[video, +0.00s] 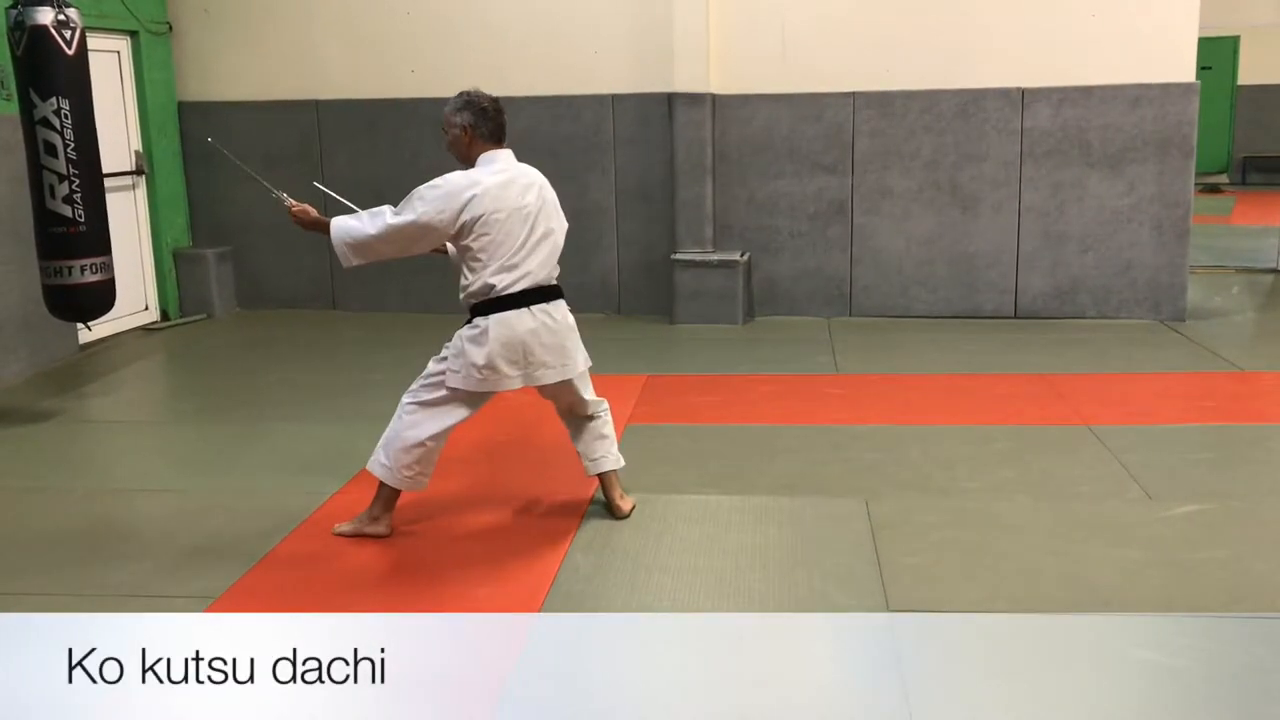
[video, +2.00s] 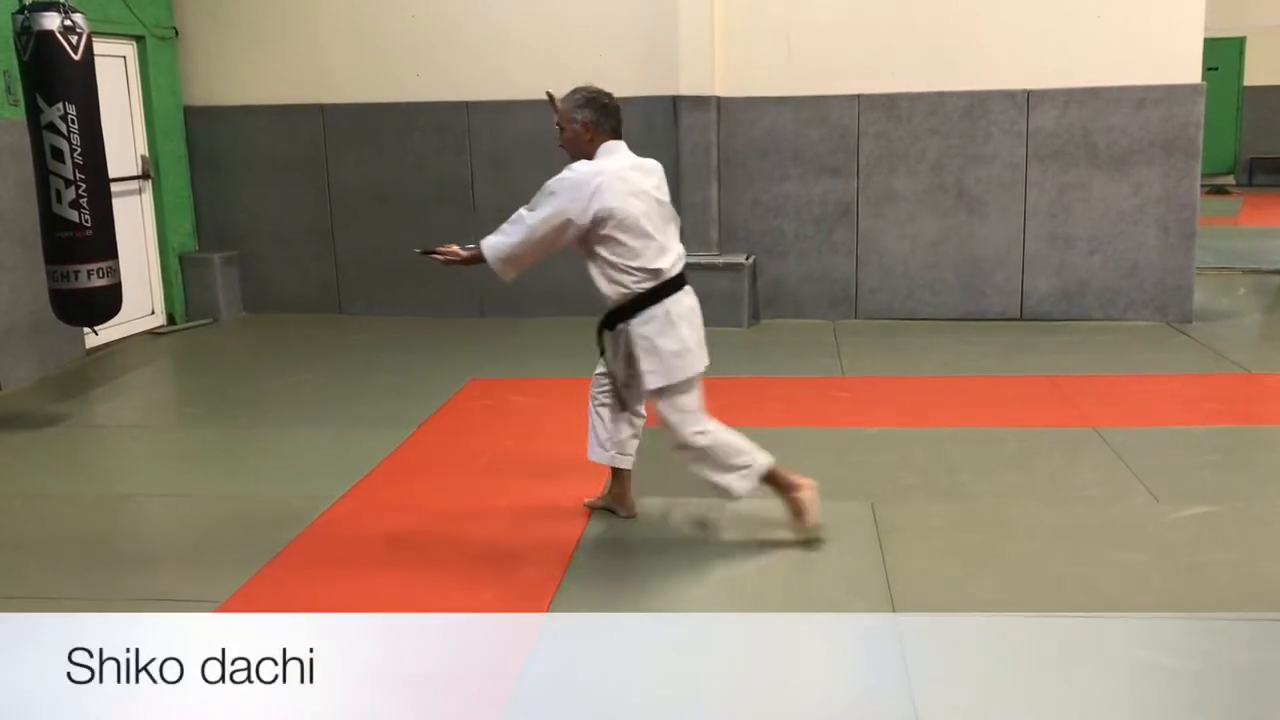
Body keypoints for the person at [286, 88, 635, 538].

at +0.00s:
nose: (446, 143)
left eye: (449, 132)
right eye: (445, 132)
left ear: (470, 132)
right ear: (493, 131)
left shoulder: (458, 190)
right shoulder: (537, 181)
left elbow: (391, 226)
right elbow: (528, 239)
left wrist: (322, 223)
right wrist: (451, 242)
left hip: (492, 332)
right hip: (553, 323)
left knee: (422, 406)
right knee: (584, 406)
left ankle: (379, 512)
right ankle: (617, 496)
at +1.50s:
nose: (474, 144)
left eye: (478, 134)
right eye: (474, 135)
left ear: (500, 135)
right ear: (523, 137)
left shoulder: (487, 188)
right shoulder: (558, 192)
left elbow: (426, 224)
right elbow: (495, 218)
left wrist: (352, 231)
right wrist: (435, 200)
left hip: (492, 329)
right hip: (548, 329)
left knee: (429, 414)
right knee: (543, 408)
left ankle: (387, 519)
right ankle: (613, 482)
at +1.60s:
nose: (503, 137)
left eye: (508, 128)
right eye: (502, 128)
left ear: (531, 127)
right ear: (545, 129)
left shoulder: (518, 179)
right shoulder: (586, 182)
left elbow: (459, 218)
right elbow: (516, 204)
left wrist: (385, 230)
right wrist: (466, 170)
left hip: (522, 318)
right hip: (576, 318)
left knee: (457, 407)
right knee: (561, 408)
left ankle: (399, 510)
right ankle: (617, 495)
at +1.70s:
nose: (522, 134)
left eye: (525, 125)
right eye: (520, 126)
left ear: (548, 125)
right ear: (566, 126)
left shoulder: (537, 176)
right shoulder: (604, 173)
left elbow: (478, 221)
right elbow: (541, 196)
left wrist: (411, 236)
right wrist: (505, 154)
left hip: (558, 319)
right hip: (608, 315)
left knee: (487, 402)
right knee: (585, 405)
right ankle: (616, 496)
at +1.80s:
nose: (531, 133)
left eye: (536, 123)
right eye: (530, 123)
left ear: (561, 124)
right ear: (580, 126)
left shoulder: (554, 176)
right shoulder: (617, 168)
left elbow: (499, 221)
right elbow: (564, 185)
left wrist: (433, 244)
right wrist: (531, 143)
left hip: (588, 320)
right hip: (634, 312)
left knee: (534, 413)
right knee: (602, 407)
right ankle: (618, 496)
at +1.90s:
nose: (541, 132)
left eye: (547, 122)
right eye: (541, 122)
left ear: (573, 124)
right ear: (587, 127)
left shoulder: (568, 177)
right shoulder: (629, 165)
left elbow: (512, 226)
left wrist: (453, 248)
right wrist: (554, 128)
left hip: (622, 320)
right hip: (656, 308)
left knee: (606, 436)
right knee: (612, 404)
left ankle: (696, 483)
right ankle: (621, 493)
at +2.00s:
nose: (558, 135)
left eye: (563, 127)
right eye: (559, 126)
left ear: (588, 129)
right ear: (603, 128)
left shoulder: (582, 182)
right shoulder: (647, 168)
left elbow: (529, 229)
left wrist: (474, 252)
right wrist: (575, 112)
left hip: (651, 316)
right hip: (658, 307)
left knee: (688, 426)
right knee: (614, 395)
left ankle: (790, 485)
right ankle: (619, 492)